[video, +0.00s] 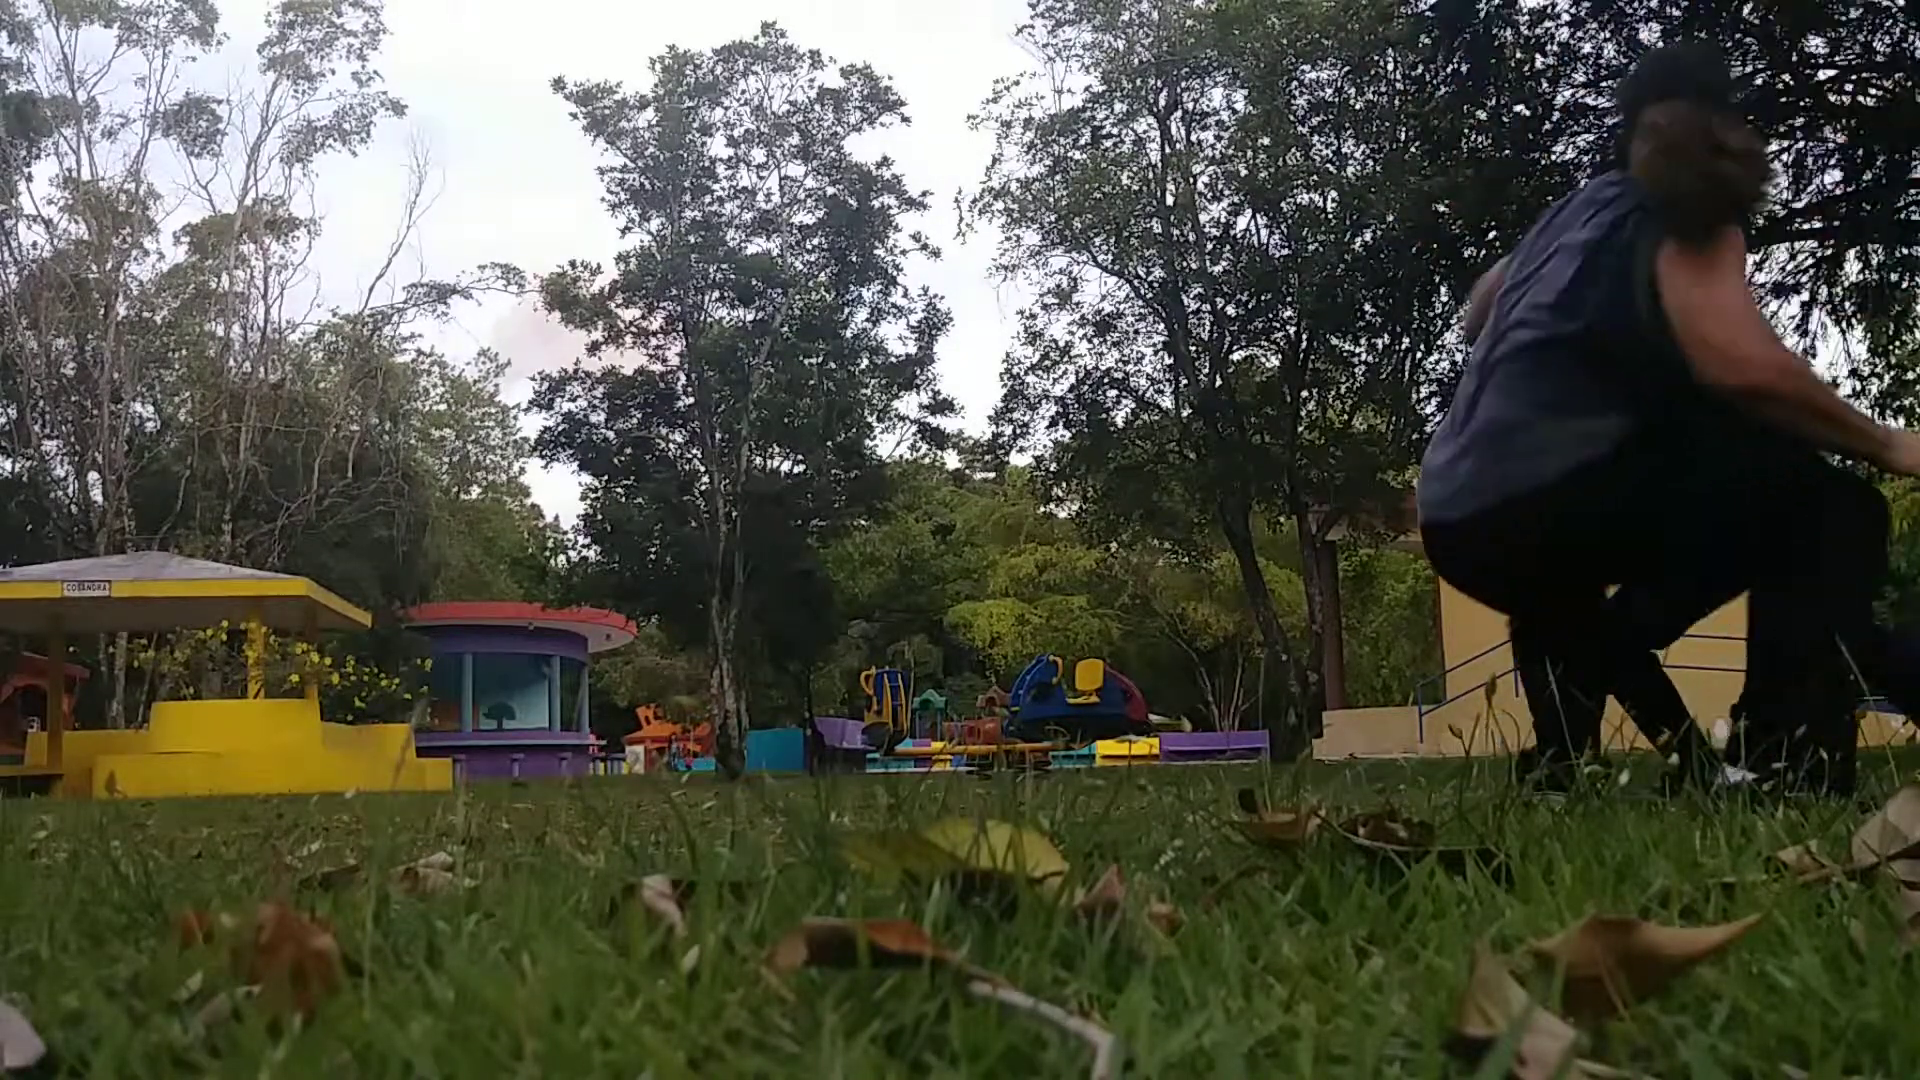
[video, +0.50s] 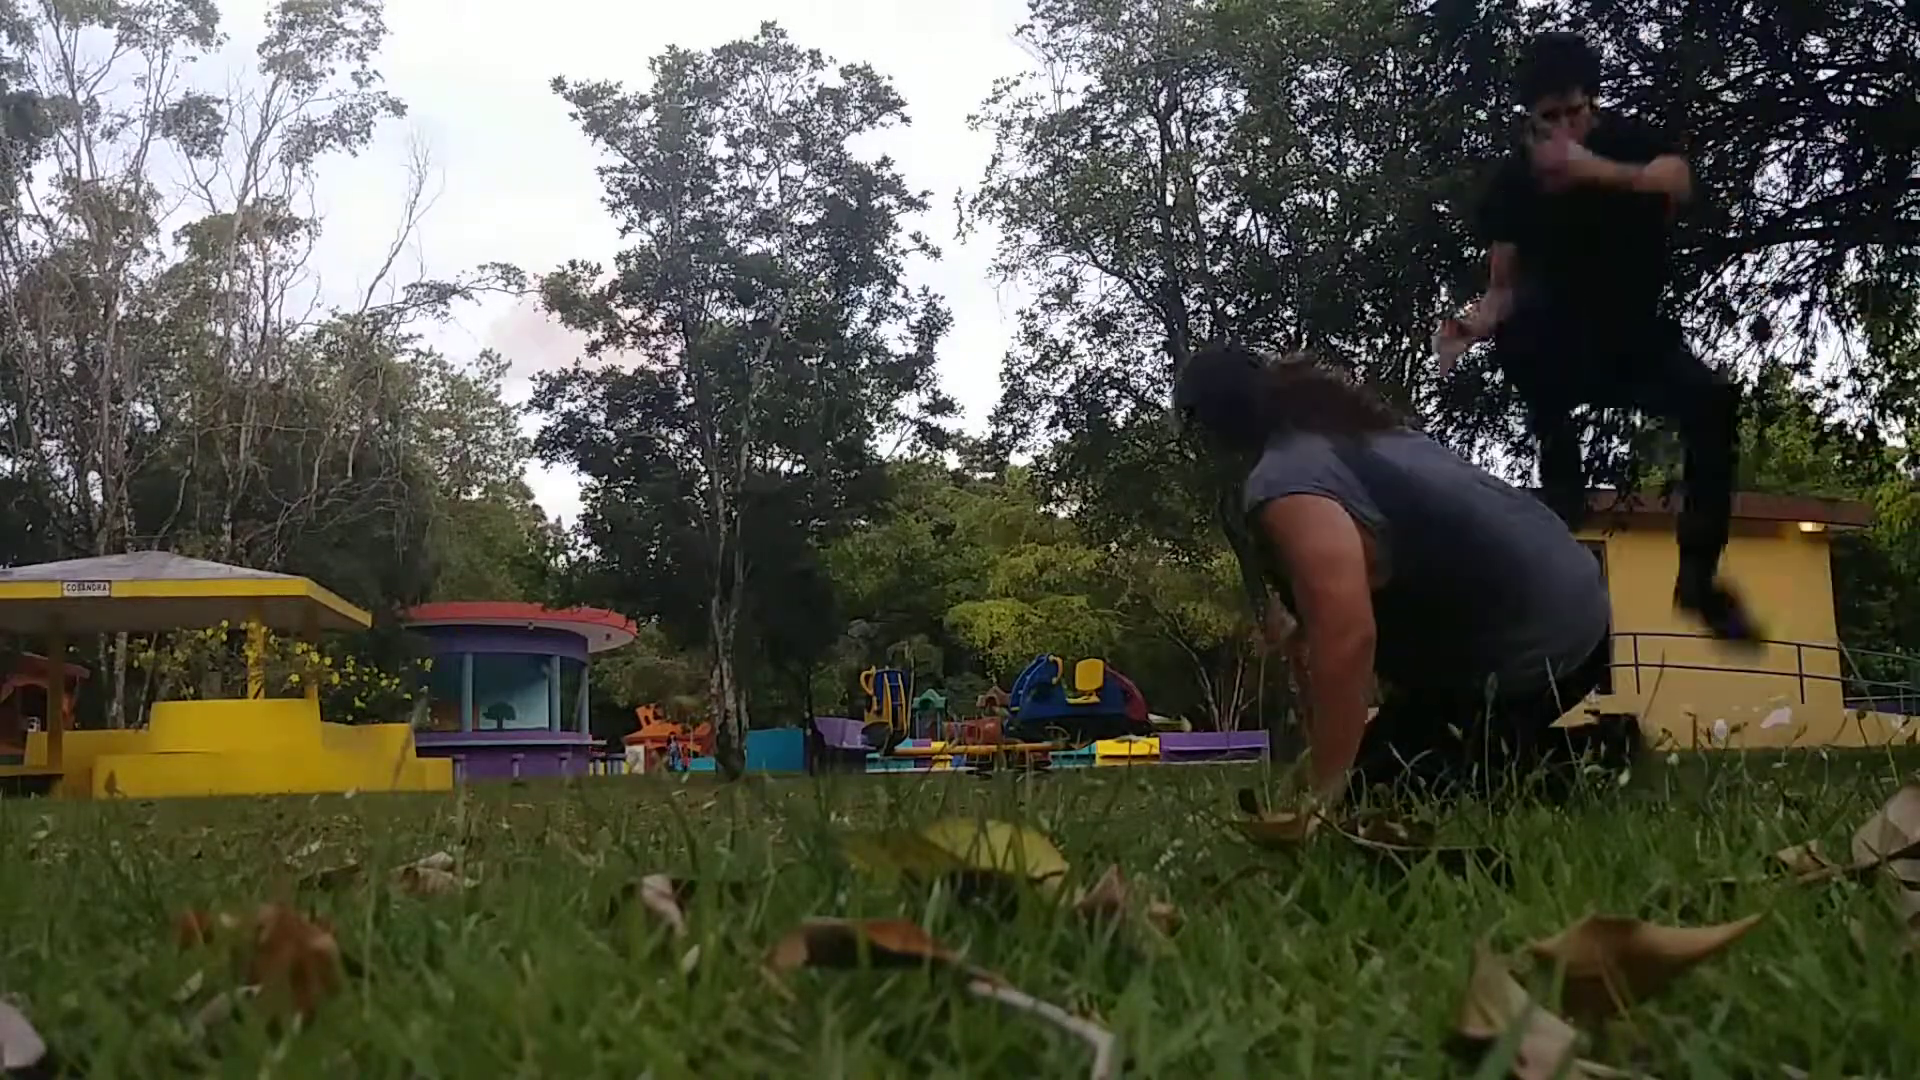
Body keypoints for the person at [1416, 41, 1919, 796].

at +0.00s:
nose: (1750, 143)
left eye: (1747, 126)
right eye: (1738, 124)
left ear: (1627, 128)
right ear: (1710, 127)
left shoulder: (1566, 218)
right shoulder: (1685, 200)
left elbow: (1480, 312)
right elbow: (1739, 362)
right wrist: (1885, 442)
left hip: (1456, 521)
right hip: (1565, 493)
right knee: (1836, 509)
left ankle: (1560, 767)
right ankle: (1789, 761)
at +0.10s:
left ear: (1496, 184)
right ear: (1593, 170)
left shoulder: (1444, 293)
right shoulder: (1657, 256)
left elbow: (1363, 440)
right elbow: (1774, 370)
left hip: (1502, 580)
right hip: (1651, 550)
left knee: (1488, 628)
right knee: (1881, 555)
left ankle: (1574, 745)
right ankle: (1796, 746)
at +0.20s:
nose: (1512, 208)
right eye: (1498, 197)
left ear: (1389, 246)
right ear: (1488, 218)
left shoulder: (1358, 359)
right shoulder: (1560, 300)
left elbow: (1315, 531)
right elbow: (1682, 382)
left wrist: (1265, 688)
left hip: (1544, 610)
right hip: (1691, 557)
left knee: (1416, 673)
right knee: (1872, 608)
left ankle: (1622, 755)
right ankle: (1899, 677)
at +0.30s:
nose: (1294, 343)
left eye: (1296, 326)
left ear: (1313, 332)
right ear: (1401, 292)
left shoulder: (1333, 419)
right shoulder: (1474, 356)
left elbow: (1318, 598)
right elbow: (1582, 406)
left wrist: (1309, 753)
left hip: (1528, 626)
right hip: (1649, 573)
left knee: (1373, 740)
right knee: (1798, 653)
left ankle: (1601, 745)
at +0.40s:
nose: (1231, 407)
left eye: (1228, 391)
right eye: (1228, 389)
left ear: (1244, 390)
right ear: (1303, 350)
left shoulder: (1296, 455)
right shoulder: (1390, 401)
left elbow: (1340, 624)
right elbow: (1501, 450)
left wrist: (1321, 787)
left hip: (1521, 648)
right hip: (1599, 595)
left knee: (1376, 781)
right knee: (1618, 672)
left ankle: (1591, 770)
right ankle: (1755, 729)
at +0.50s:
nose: (1200, 445)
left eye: (1195, 429)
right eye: (1194, 429)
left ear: (1212, 425)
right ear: (1262, 387)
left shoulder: (1288, 472)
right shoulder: (1342, 431)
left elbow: (1345, 633)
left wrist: (1321, 796)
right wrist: (1305, 630)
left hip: (1523, 647)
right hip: (1564, 619)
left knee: (1374, 784)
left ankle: (1589, 754)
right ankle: (1592, 747)